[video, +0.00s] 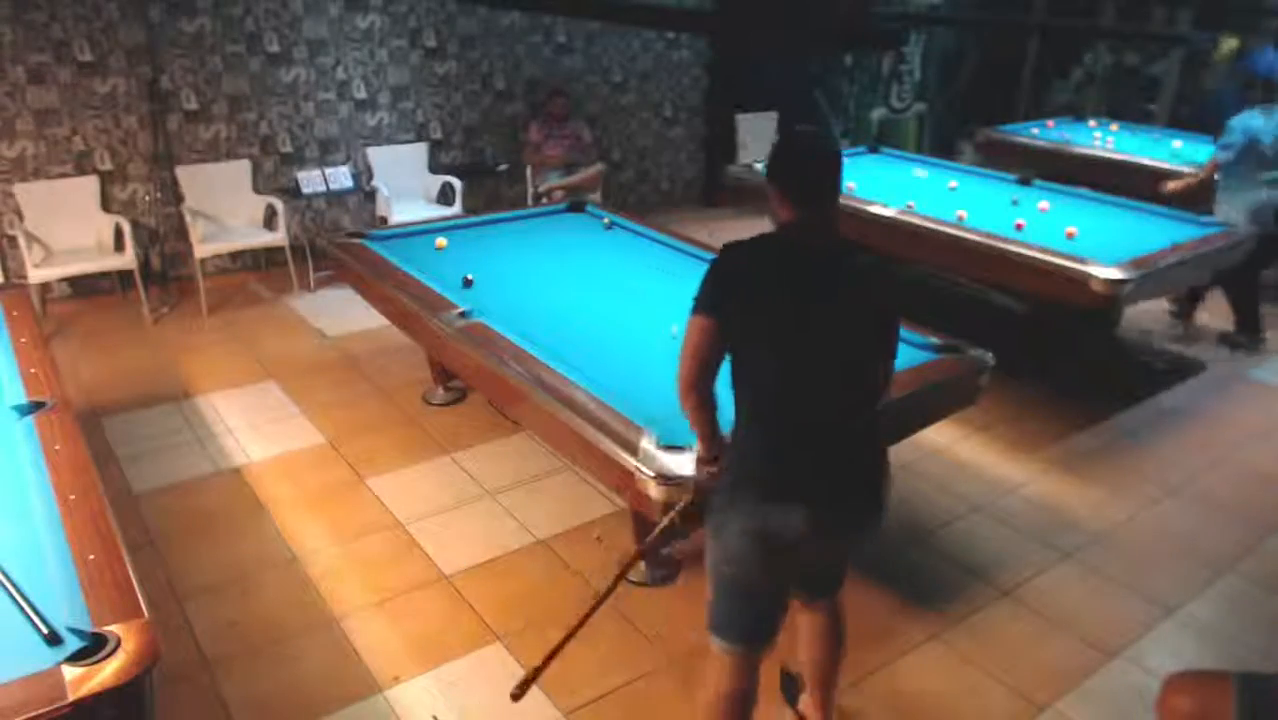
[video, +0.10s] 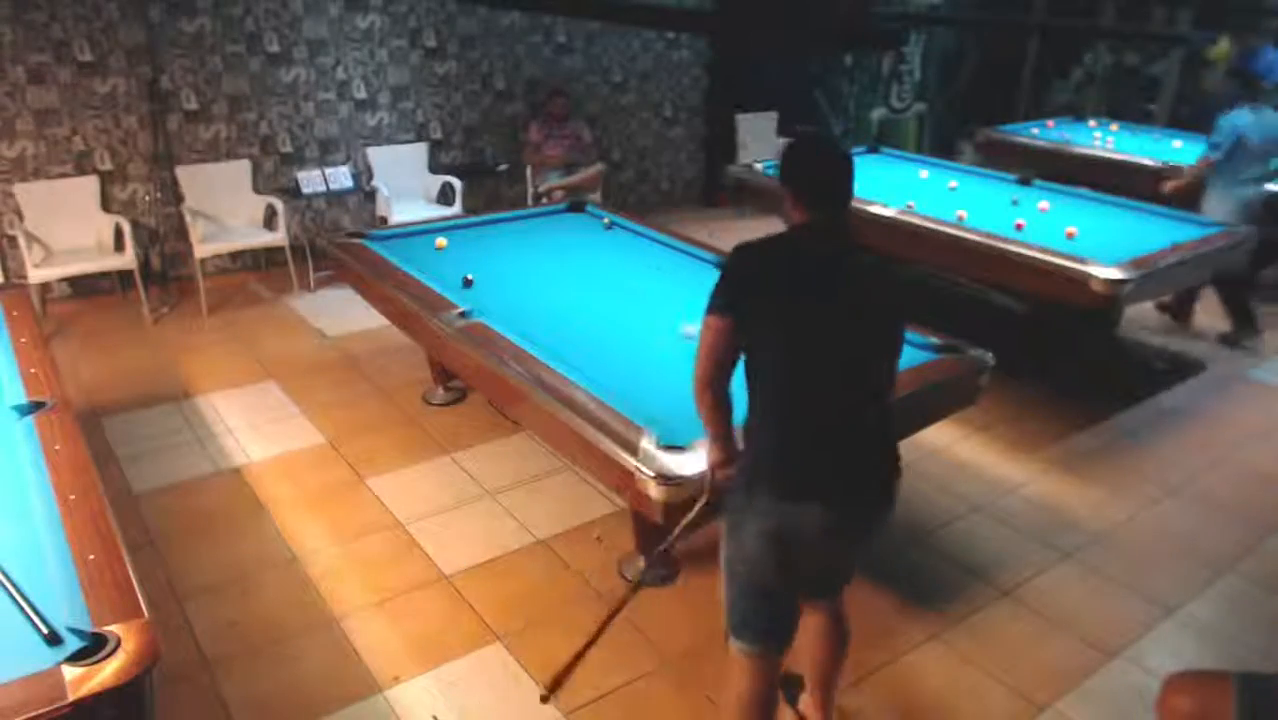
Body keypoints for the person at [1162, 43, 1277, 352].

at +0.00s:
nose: (1240, 89)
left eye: (1244, 84)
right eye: (1243, 84)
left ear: (1254, 87)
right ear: (1271, 88)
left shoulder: (1245, 124)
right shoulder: (1269, 121)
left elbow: (1215, 166)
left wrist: (1181, 185)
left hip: (1242, 220)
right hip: (1267, 218)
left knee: (1241, 275)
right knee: (1212, 260)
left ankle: (1248, 332)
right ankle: (1187, 303)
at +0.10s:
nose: (1221, 87)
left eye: (1227, 82)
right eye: (1226, 81)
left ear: (1238, 85)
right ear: (1263, 86)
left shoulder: (1233, 121)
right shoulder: (1271, 120)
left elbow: (1210, 161)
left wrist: (1180, 182)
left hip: (1224, 203)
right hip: (1256, 201)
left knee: (1224, 267)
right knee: (1204, 255)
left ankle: (1245, 326)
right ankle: (1181, 304)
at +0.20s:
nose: (1222, 88)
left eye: (1225, 83)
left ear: (1232, 85)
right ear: (1255, 86)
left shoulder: (1226, 116)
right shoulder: (1268, 119)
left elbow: (1199, 155)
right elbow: (1269, 159)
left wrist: (1168, 178)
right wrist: (1247, 172)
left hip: (1209, 192)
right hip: (1241, 193)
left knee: (1204, 254)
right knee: (1203, 252)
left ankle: (1232, 313)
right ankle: (1181, 303)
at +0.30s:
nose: (1202, 84)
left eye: (1206, 79)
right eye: (1204, 77)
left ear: (1217, 81)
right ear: (1236, 80)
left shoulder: (1212, 114)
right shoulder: (1254, 114)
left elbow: (1187, 152)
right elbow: (1256, 151)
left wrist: (1146, 167)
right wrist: (1234, 162)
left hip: (1201, 186)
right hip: (1230, 187)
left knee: (1180, 239)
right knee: (1204, 242)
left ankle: (1207, 296)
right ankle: (1179, 301)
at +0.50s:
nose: (1191, 82)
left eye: (1194, 77)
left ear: (1198, 80)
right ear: (1220, 79)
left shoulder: (1192, 112)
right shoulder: (1233, 109)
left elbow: (1156, 141)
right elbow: (1225, 142)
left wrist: (1119, 159)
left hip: (1180, 183)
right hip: (1210, 184)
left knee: (1156, 233)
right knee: (1189, 240)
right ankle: (1179, 297)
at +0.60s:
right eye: (1221, 69)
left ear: (1187, 75)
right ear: (1211, 75)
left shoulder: (1184, 108)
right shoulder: (1215, 105)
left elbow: (1156, 130)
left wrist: (1126, 151)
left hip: (1174, 181)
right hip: (1202, 181)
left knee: (1150, 228)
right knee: (1185, 237)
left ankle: (1171, 295)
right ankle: (1179, 297)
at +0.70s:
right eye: (1224, 68)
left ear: (1173, 78)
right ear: (1205, 72)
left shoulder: (1176, 106)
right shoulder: (1202, 103)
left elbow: (1141, 136)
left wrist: (1090, 155)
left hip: (1162, 179)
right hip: (1188, 180)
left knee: (1140, 228)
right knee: (1181, 234)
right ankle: (1176, 294)